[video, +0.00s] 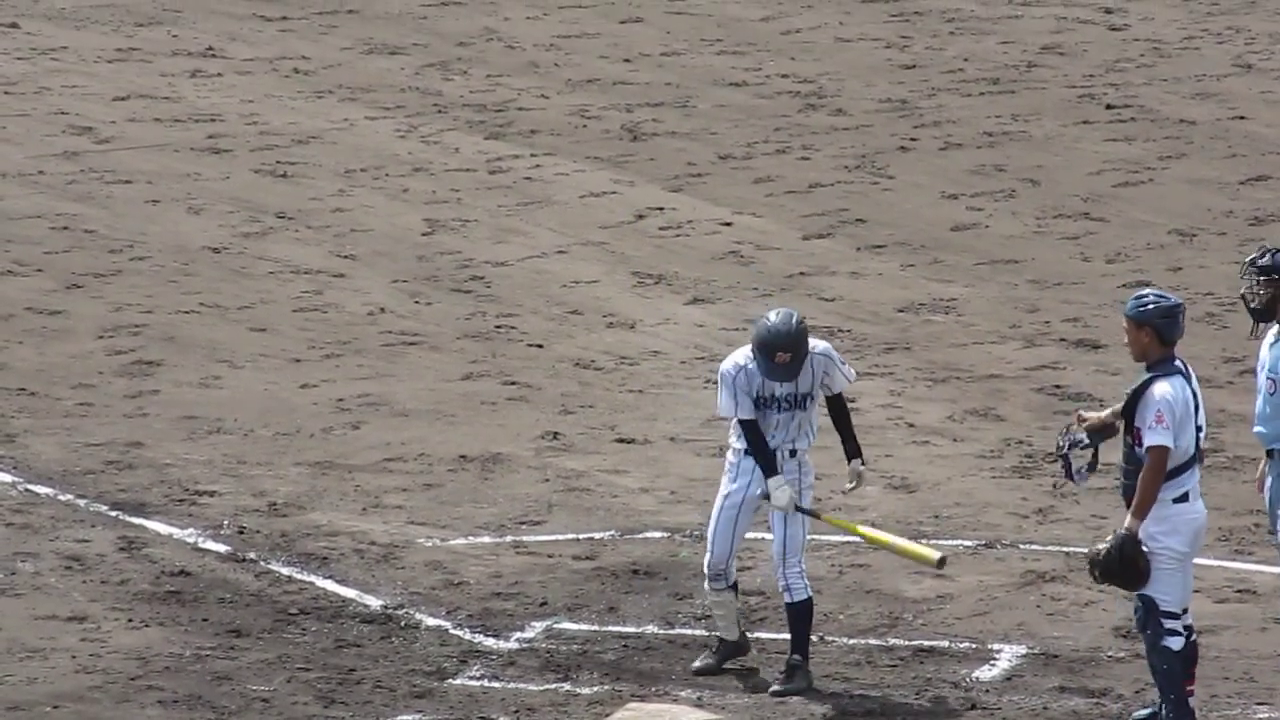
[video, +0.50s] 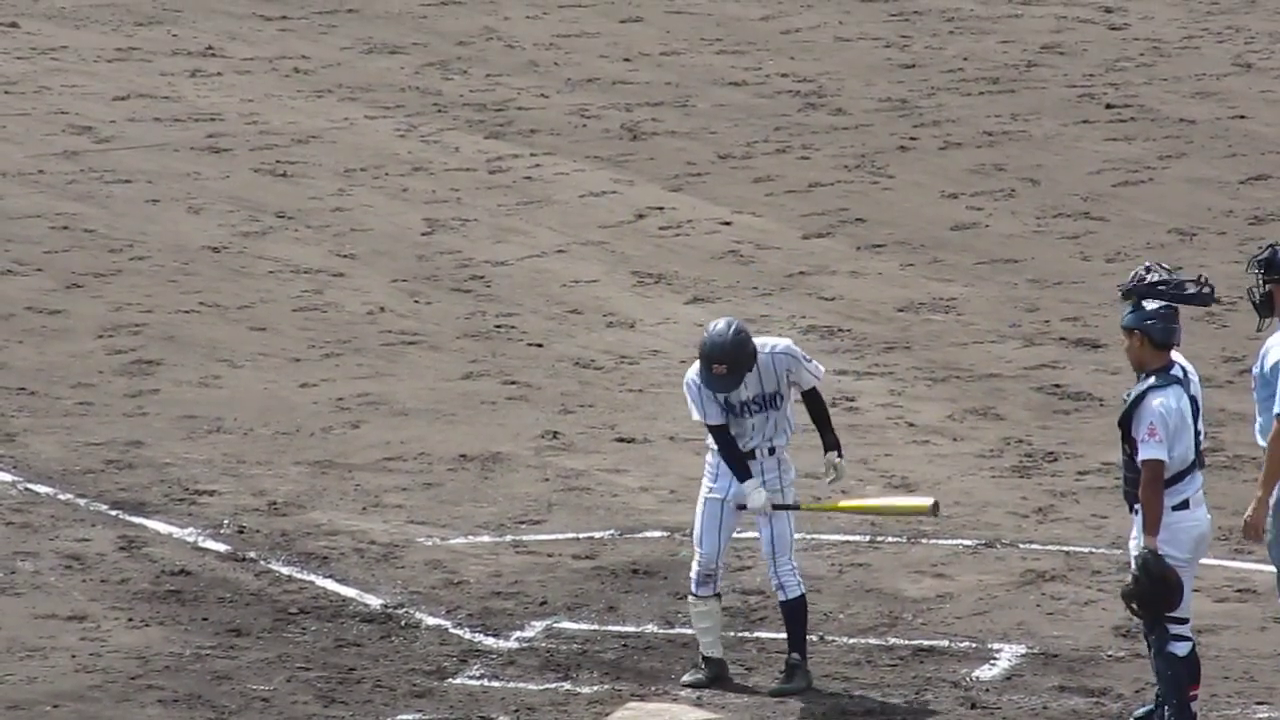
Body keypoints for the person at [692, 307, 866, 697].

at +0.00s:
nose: (782, 362)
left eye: (789, 356)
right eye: (774, 356)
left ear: (802, 348)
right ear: (760, 349)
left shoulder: (821, 359)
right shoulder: (738, 370)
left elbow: (837, 404)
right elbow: (750, 430)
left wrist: (854, 456)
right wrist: (774, 478)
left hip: (792, 466)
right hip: (744, 464)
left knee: (790, 567)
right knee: (716, 562)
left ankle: (798, 665)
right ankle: (731, 640)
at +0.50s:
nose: (719, 379)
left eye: (727, 372)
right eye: (713, 372)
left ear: (747, 359)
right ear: (705, 360)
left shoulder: (781, 355)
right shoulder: (698, 380)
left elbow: (811, 394)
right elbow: (722, 439)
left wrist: (832, 448)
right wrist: (749, 483)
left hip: (771, 469)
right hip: (722, 469)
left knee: (781, 568)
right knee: (704, 565)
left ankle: (797, 664)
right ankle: (711, 661)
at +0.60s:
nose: (701, 382)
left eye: (708, 375)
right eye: (695, 375)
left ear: (730, 359)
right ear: (688, 360)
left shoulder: (769, 356)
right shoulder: (685, 377)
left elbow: (800, 394)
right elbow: (694, 436)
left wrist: (818, 448)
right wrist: (706, 491)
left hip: (766, 466)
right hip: (717, 468)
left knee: (781, 564)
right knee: (703, 564)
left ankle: (794, 663)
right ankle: (711, 662)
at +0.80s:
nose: (674, 376)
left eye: (679, 368)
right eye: (670, 368)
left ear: (702, 353)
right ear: (668, 357)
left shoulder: (752, 353)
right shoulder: (674, 374)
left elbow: (790, 396)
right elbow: (666, 426)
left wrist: (792, 456)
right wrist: (648, 476)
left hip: (765, 463)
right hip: (718, 467)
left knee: (771, 563)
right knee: (707, 563)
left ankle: (804, 647)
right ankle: (711, 662)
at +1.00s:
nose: (667, 382)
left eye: (671, 375)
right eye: (662, 376)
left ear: (690, 360)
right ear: (663, 363)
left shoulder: (744, 358)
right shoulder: (673, 378)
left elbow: (787, 401)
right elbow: (641, 422)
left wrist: (784, 460)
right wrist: (596, 439)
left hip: (767, 467)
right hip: (721, 471)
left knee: (778, 567)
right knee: (705, 564)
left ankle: (799, 663)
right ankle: (711, 664)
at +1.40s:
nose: (701, 382)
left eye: (708, 376)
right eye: (698, 374)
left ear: (732, 365)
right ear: (696, 363)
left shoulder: (780, 367)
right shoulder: (700, 374)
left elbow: (816, 412)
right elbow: (668, 414)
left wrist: (812, 472)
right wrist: (621, 437)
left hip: (788, 474)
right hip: (743, 475)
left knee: (789, 575)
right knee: (716, 568)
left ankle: (811, 665)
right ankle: (711, 662)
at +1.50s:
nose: (727, 385)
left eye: (734, 379)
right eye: (722, 377)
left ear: (755, 366)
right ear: (717, 363)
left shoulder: (800, 370)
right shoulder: (717, 376)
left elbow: (829, 414)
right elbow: (696, 428)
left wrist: (829, 476)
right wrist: (659, 466)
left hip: (797, 474)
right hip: (750, 475)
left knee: (798, 573)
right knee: (724, 566)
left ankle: (813, 666)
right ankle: (712, 661)